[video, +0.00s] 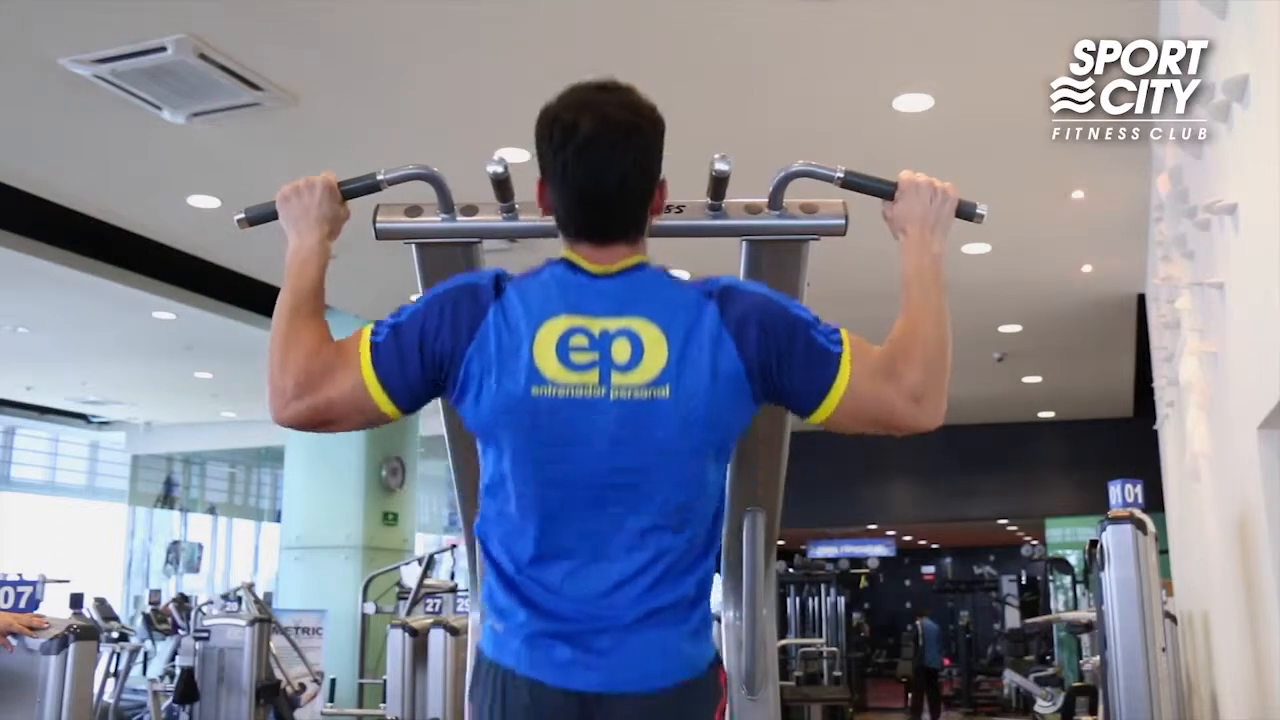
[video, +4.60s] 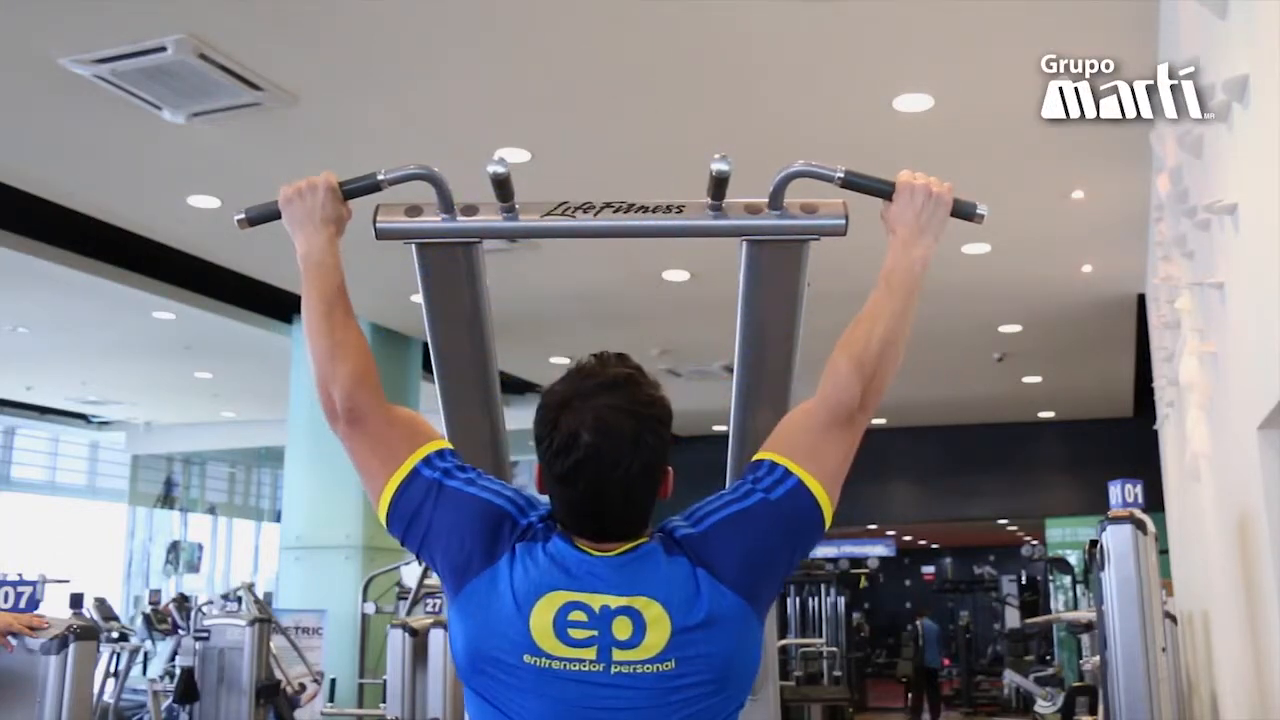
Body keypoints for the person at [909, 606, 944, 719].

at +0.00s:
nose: (915, 618)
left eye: (916, 615)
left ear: (917, 615)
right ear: (928, 614)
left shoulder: (917, 626)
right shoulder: (935, 627)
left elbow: (917, 644)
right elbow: (938, 645)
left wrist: (914, 659)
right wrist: (938, 658)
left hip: (921, 663)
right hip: (934, 664)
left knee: (918, 692)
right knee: (934, 691)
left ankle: (916, 715)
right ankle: (935, 715)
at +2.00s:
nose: (916, 618)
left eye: (916, 616)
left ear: (917, 615)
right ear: (928, 614)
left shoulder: (917, 625)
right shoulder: (935, 627)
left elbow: (917, 644)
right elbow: (938, 645)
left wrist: (914, 659)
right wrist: (939, 659)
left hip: (921, 664)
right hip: (934, 664)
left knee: (918, 692)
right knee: (933, 691)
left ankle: (916, 715)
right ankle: (935, 715)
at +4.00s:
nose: (916, 618)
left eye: (916, 616)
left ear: (917, 615)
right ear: (928, 614)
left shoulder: (917, 625)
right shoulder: (935, 627)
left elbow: (917, 644)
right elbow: (938, 645)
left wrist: (914, 659)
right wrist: (939, 659)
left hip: (921, 664)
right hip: (934, 664)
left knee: (918, 692)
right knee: (933, 691)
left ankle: (916, 715)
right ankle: (935, 715)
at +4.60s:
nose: (916, 619)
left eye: (916, 616)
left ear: (917, 615)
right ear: (928, 614)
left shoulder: (917, 626)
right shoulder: (935, 627)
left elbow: (916, 644)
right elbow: (939, 645)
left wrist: (914, 659)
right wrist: (939, 659)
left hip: (920, 664)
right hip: (934, 664)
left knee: (917, 692)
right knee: (933, 692)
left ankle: (916, 715)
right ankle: (935, 715)